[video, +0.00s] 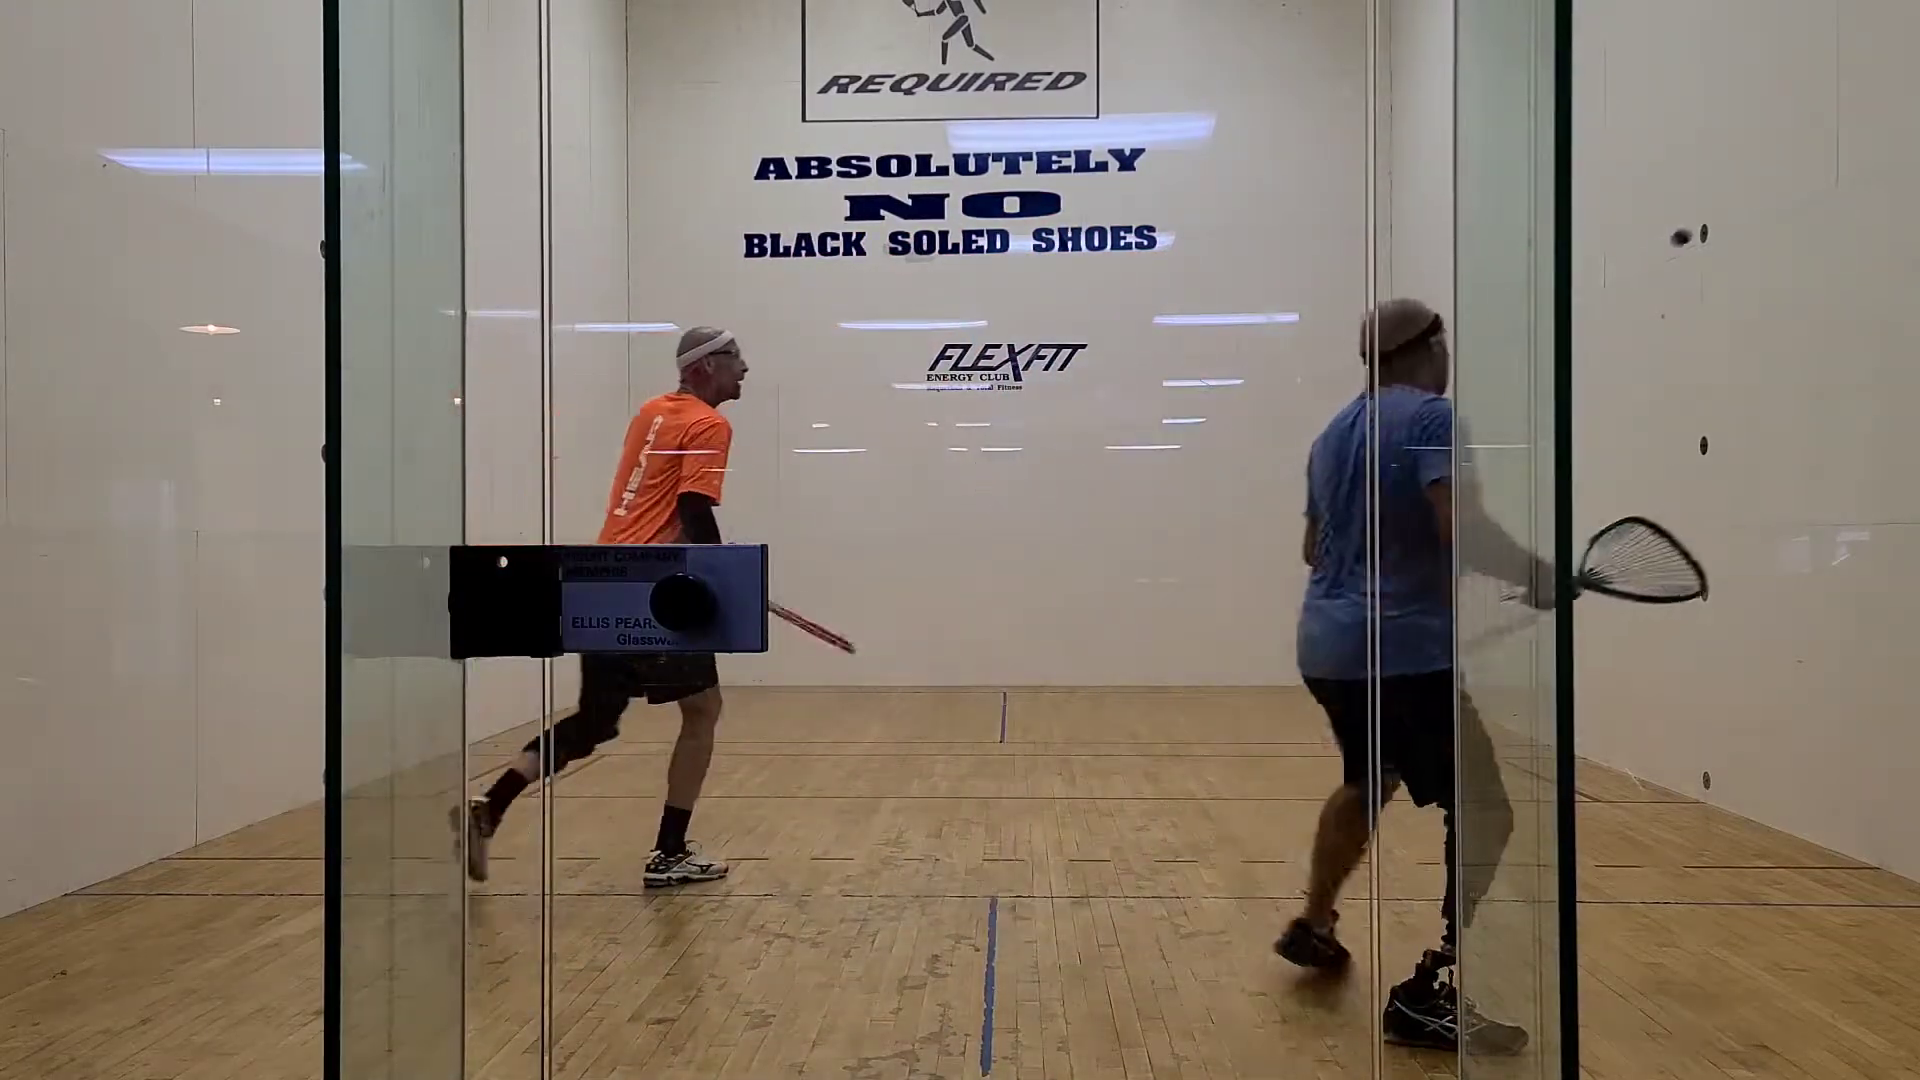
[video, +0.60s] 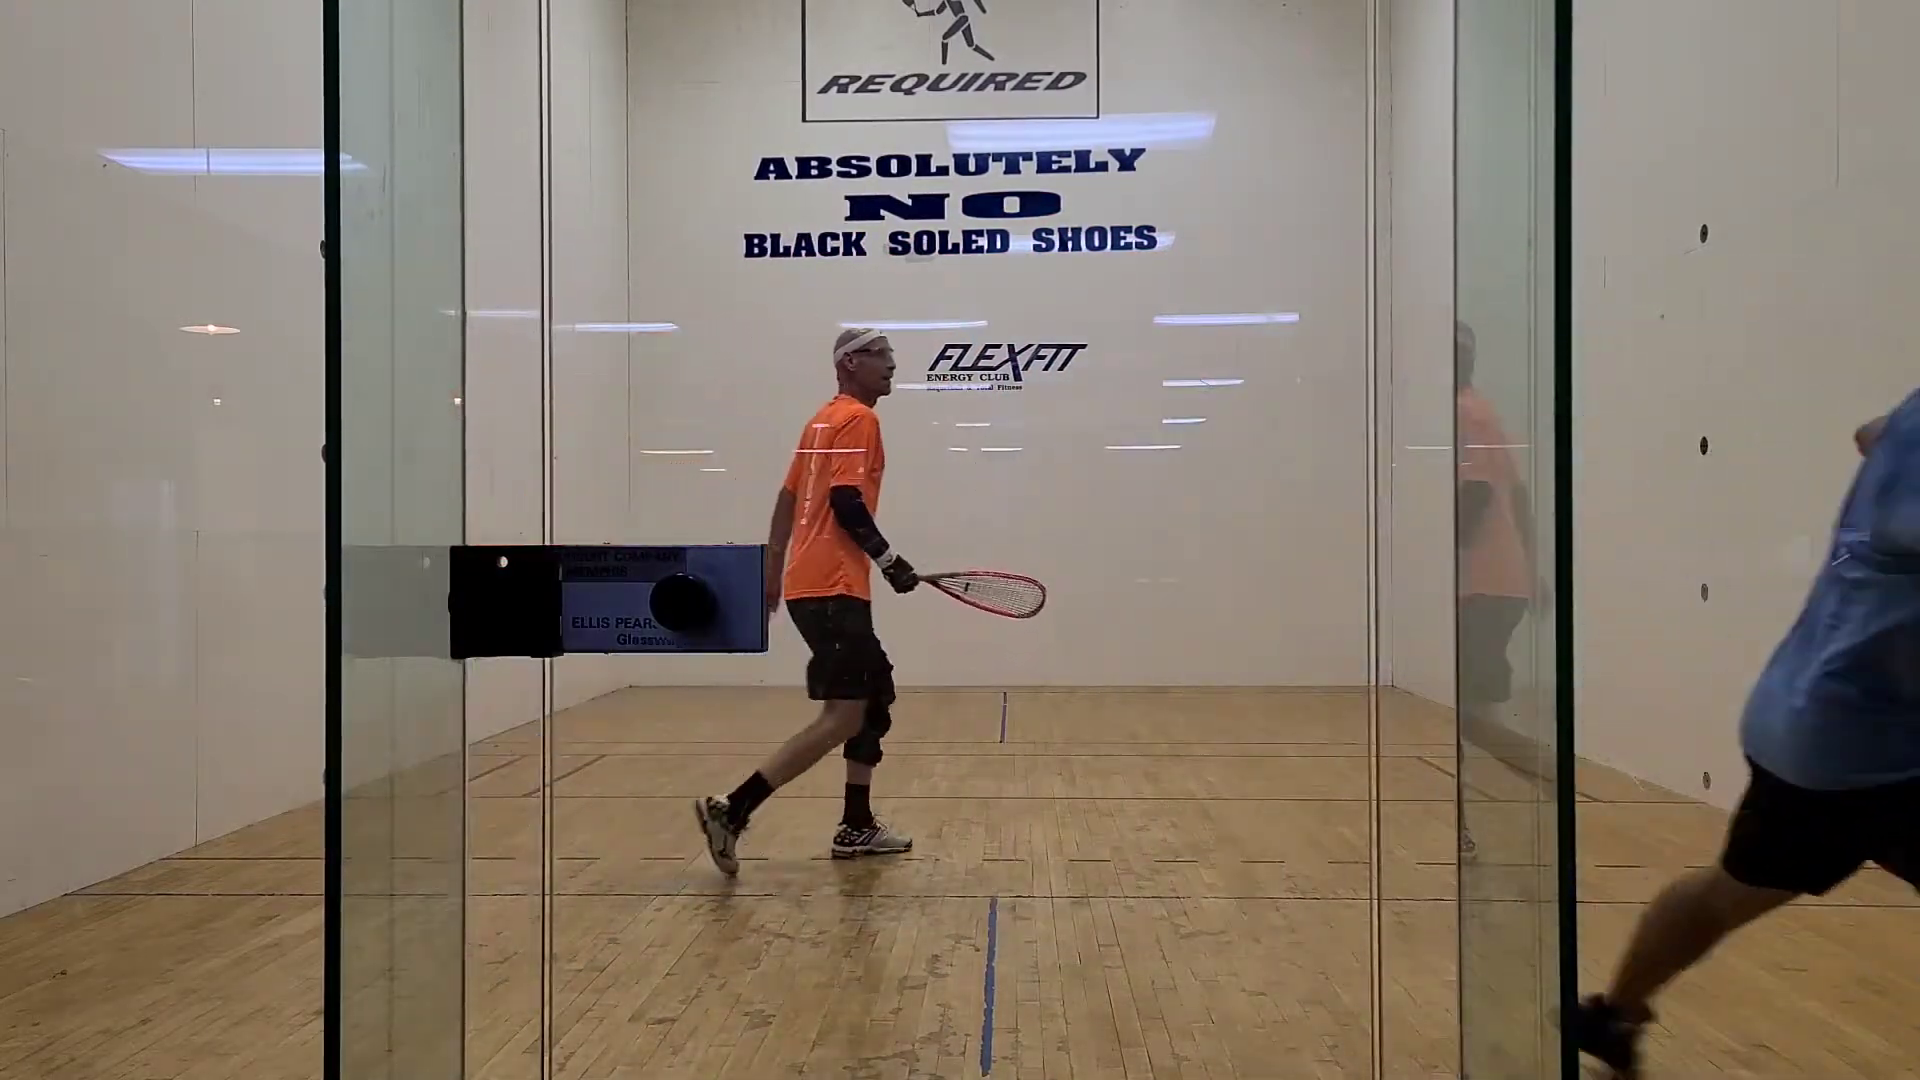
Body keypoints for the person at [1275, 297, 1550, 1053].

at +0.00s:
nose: (1446, 359)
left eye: (1442, 348)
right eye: (1441, 348)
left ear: (1374, 359)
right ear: (1427, 350)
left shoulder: (1333, 433)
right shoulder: (1432, 415)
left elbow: (1315, 549)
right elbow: (1466, 530)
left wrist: (1405, 559)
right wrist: (1537, 572)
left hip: (1328, 655)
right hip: (1409, 658)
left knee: (1365, 779)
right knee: (1486, 814)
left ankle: (1313, 924)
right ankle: (1440, 984)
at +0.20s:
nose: (1578, 342)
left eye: (1574, 326)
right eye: (1566, 328)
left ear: (1498, 331)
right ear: (1529, 333)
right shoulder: (1517, 412)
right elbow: (1539, 542)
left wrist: (1578, 528)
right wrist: (1660, 572)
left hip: (1442, 657)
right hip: (1499, 662)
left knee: (1494, 832)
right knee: (1642, 810)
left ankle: (1444, 1010)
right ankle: (1582, 992)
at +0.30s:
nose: (1653, 343)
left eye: (1647, 328)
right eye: (1639, 329)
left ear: (1579, 350)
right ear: (1597, 347)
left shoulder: (1532, 424)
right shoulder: (1578, 437)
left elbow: (1597, 528)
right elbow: (1603, 556)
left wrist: (1688, 526)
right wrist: (1747, 580)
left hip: (1508, 698)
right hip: (1576, 699)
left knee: (1550, 858)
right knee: (1748, 829)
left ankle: (1443, 1024)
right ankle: (1815, 1028)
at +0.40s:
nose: (1761, 336)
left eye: (1753, 322)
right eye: (1745, 322)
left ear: (1681, 346)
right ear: (1700, 341)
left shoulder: (1657, 425)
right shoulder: (1656, 427)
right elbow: (1665, 532)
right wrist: (1825, 515)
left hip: (1614, 723)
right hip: (1655, 723)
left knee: (1571, 879)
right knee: (1842, 861)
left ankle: (1445, 1021)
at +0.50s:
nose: (1913, 333)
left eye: (1907, 317)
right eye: (1896, 319)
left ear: (1833, 339)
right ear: (1844, 336)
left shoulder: (1826, 425)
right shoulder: (1779, 418)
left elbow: (1859, 504)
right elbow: (1778, 501)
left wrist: (1911, 506)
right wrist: (1914, 438)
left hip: (1716, 716)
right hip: (1759, 731)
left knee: (1643, 868)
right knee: (1918, 892)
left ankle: (1488, 988)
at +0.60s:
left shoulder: (1900, 431)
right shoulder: (1903, 434)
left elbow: (1871, 435)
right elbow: (1873, 436)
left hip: (1808, 721)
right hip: (1860, 737)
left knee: (1730, 890)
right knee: (1730, 894)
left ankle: (1617, 1011)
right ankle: (1618, 1009)